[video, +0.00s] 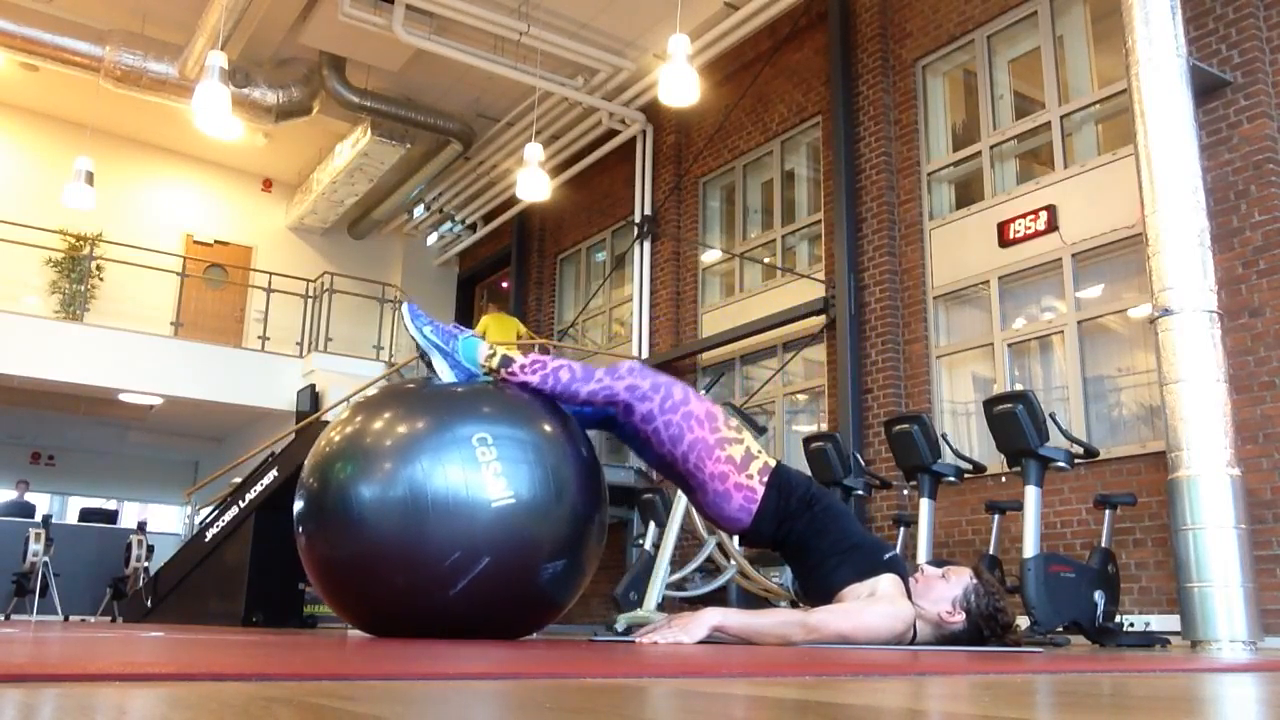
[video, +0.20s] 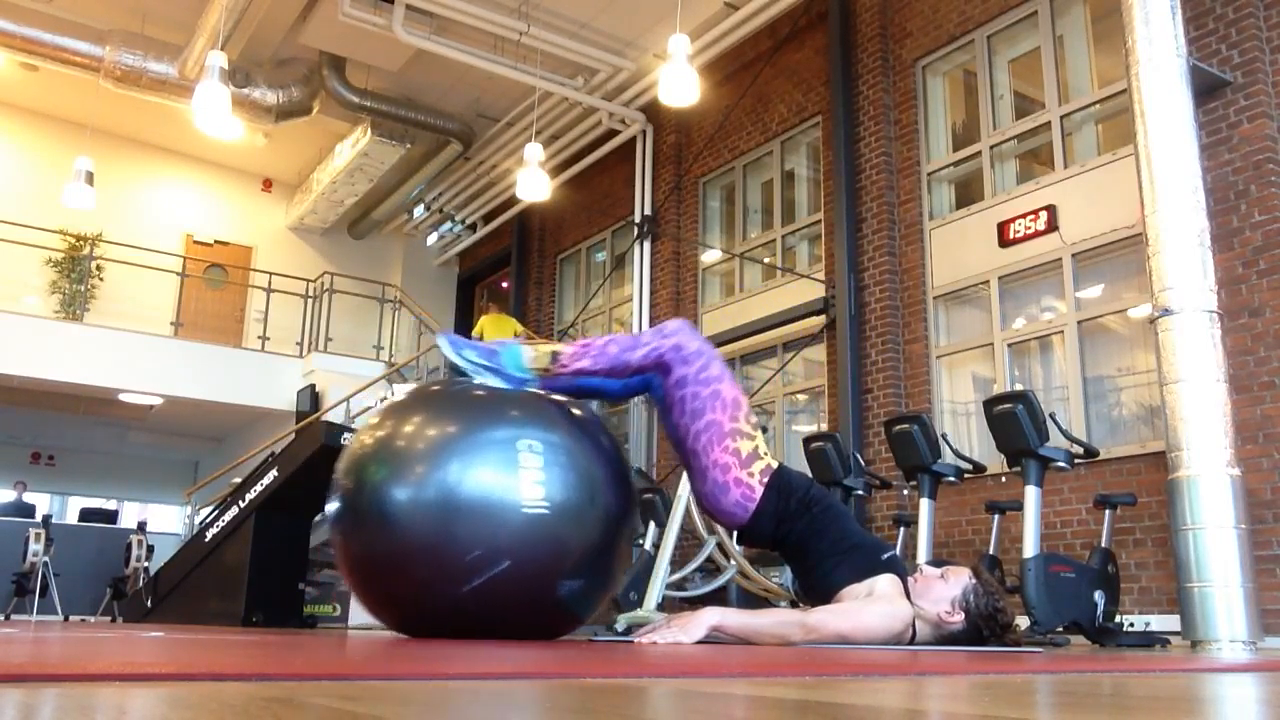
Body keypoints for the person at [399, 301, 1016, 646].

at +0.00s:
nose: (936, 571)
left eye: (949, 583)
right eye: (949, 570)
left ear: (946, 618)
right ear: (942, 592)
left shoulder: (893, 609)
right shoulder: (890, 590)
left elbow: (803, 626)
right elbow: (801, 622)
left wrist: (711, 618)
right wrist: (716, 622)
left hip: (752, 491)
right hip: (760, 478)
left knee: (636, 383)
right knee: (638, 380)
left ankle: (484, 363)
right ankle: (498, 368)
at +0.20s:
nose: (934, 569)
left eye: (946, 581)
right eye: (946, 569)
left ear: (945, 617)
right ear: (939, 601)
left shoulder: (892, 607)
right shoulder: (891, 595)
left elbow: (803, 627)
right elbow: (803, 623)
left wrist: (709, 619)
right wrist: (712, 621)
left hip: (745, 489)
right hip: (757, 484)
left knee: (677, 337)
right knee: (679, 346)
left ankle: (523, 364)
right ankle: (535, 372)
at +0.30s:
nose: (937, 568)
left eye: (947, 579)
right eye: (950, 569)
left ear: (944, 615)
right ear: (943, 602)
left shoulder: (888, 613)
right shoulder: (894, 598)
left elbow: (793, 630)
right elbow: (797, 624)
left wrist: (708, 621)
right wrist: (713, 619)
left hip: (745, 485)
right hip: (763, 476)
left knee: (716, 324)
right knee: (719, 331)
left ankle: (570, 367)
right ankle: (586, 377)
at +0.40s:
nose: (937, 565)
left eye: (948, 578)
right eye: (948, 567)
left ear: (944, 614)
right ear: (936, 587)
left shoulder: (891, 614)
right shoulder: (897, 600)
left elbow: (801, 627)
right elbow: (796, 624)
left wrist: (713, 620)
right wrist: (711, 619)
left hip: (750, 479)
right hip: (768, 479)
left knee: (765, 314)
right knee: (766, 327)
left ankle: (625, 364)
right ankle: (630, 376)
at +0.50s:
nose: (934, 565)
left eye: (947, 575)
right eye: (948, 566)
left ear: (948, 613)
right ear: (945, 614)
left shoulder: (891, 611)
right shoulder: (906, 612)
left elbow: (803, 627)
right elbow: (807, 625)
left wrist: (712, 618)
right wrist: (717, 623)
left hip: (765, 471)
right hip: (784, 483)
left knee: (814, 311)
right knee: (812, 326)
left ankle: (674, 368)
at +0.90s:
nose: (929, 569)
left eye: (944, 578)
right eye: (944, 568)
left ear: (949, 615)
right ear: (949, 614)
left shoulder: (897, 615)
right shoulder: (910, 610)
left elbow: (803, 627)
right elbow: (803, 623)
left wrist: (712, 620)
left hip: (791, 459)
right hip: (812, 466)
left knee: (873, 316)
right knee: (848, 345)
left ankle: (731, 359)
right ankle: (729, 374)